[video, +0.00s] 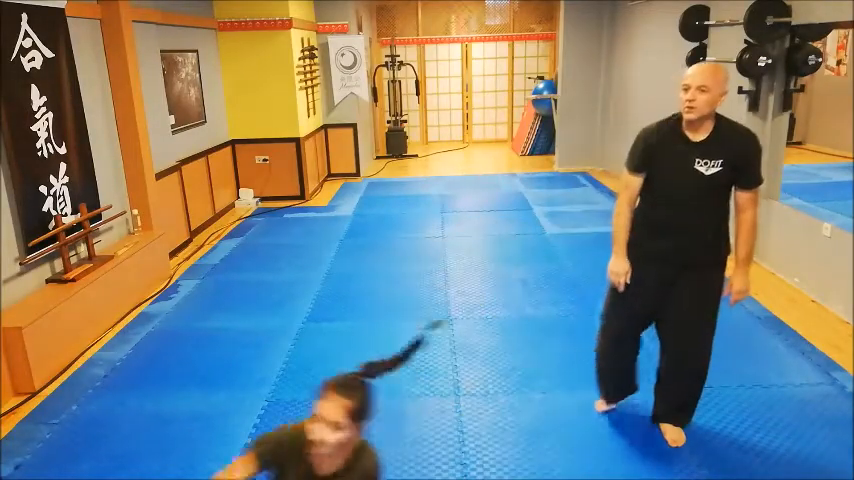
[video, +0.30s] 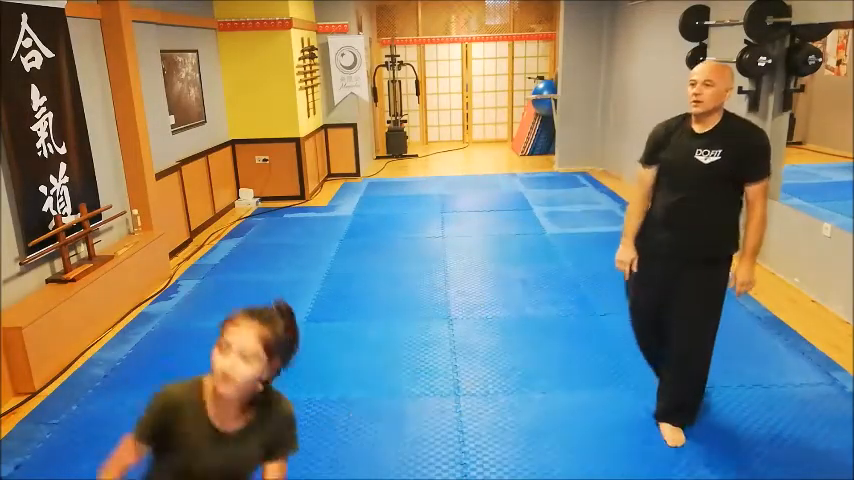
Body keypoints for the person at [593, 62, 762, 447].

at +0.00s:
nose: (690, 97)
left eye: (701, 91)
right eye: (686, 89)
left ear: (720, 97)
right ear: (679, 91)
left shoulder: (741, 145)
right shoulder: (652, 138)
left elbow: (746, 209)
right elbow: (626, 199)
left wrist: (742, 268)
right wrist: (618, 254)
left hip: (700, 267)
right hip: (644, 259)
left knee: (688, 348)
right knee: (615, 332)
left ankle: (671, 416)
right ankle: (614, 388)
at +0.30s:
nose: (696, 90)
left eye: (707, 85)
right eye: (693, 84)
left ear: (726, 92)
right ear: (687, 89)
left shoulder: (749, 140)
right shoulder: (665, 133)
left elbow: (756, 205)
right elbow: (642, 190)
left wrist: (747, 258)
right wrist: (627, 240)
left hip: (706, 260)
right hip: (654, 251)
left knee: (690, 341)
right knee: (646, 326)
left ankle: (672, 415)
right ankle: (677, 380)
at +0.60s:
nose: (671, 131)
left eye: (672, 124)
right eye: (669, 125)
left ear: (693, 116)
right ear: (695, 116)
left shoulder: (719, 151)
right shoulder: (721, 136)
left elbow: (657, 186)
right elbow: (713, 198)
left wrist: (603, 173)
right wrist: (688, 237)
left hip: (724, 258)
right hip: (728, 247)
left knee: (694, 332)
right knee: (726, 313)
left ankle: (676, 422)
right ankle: (732, 372)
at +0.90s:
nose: (669, 133)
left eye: (671, 125)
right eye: (667, 126)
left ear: (691, 117)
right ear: (691, 117)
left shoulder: (717, 150)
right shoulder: (717, 138)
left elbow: (656, 187)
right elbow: (708, 197)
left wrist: (600, 176)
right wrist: (687, 236)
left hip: (724, 257)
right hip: (723, 248)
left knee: (694, 331)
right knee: (726, 313)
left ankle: (676, 422)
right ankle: (732, 373)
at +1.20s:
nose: (669, 133)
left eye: (670, 125)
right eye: (667, 126)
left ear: (690, 117)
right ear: (691, 117)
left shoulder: (717, 150)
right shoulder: (717, 138)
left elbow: (658, 188)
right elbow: (688, 200)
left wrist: (603, 177)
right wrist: (646, 223)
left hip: (722, 258)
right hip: (719, 249)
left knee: (693, 331)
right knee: (726, 313)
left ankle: (676, 422)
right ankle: (733, 373)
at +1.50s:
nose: (667, 135)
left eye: (669, 128)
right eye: (665, 129)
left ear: (691, 121)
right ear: (690, 121)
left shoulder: (719, 153)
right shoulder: (699, 145)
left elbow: (658, 192)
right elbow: (656, 185)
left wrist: (602, 180)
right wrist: (605, 179)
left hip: (724, 260)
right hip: (705, 253)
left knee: (688, 329)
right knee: (722, 312)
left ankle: (668, 421)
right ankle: (731, 372)